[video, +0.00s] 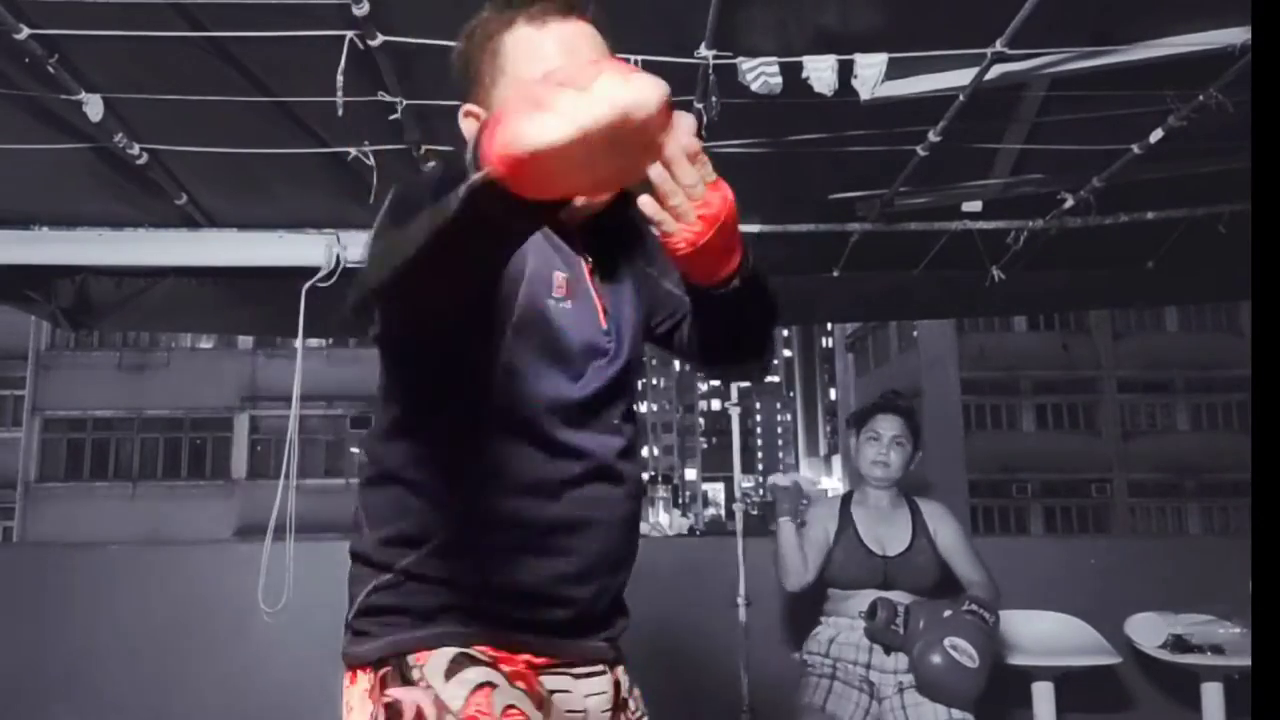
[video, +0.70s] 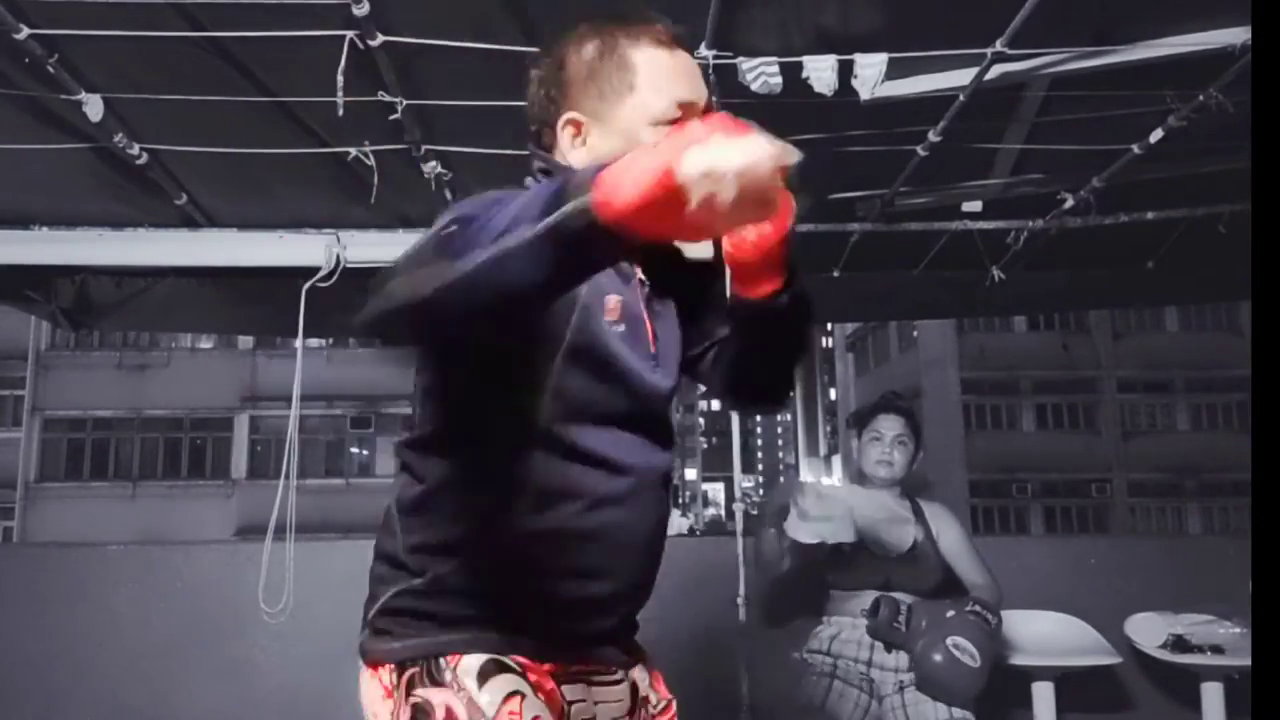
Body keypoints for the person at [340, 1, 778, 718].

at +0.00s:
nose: (586, 114)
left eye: (599, 88)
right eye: (553, 90)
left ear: (623, 96)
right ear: (478, 127)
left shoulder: (625, 241)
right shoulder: (437, 211)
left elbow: (738, 351)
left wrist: (720, 260)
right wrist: (508, 186)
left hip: (585, 652)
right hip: (437, 646)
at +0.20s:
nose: (455, 98)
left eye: (483, 64)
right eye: (413, 76)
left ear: (533, 101)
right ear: (363, 126)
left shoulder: (621, 224)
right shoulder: (343, 252)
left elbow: (825, 338)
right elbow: (194, 392)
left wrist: (711, 254)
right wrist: (347, 238)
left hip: (605, 669)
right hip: (433, 654)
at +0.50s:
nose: (563, 106)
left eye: (579, 76)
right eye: (515, 79)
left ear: (603, 91)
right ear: (432, 120)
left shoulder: (639, 239)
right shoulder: (376, 244)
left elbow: (809, 361)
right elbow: (283, 456)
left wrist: (726, 229)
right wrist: (424, 262)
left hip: (616, 666)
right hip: (455, 660)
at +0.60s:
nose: (674, 133)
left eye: (677, 105)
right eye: (634, 109)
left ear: (692, 109)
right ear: (539, 132)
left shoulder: (681, 258)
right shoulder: (461, 238)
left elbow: (799, 375)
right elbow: (349, 428)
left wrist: (763, 253)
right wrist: (514, 253)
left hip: (613, 646)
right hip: (468, 636)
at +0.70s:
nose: (700, 146)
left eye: (704, 120)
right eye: (672, 121)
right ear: (577, 139)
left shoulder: (671, 275)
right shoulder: (503, 223)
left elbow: (758, 383)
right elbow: (391, 312)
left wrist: (761, 266)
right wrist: (608, 207)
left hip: (602, 646)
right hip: (457, 646)